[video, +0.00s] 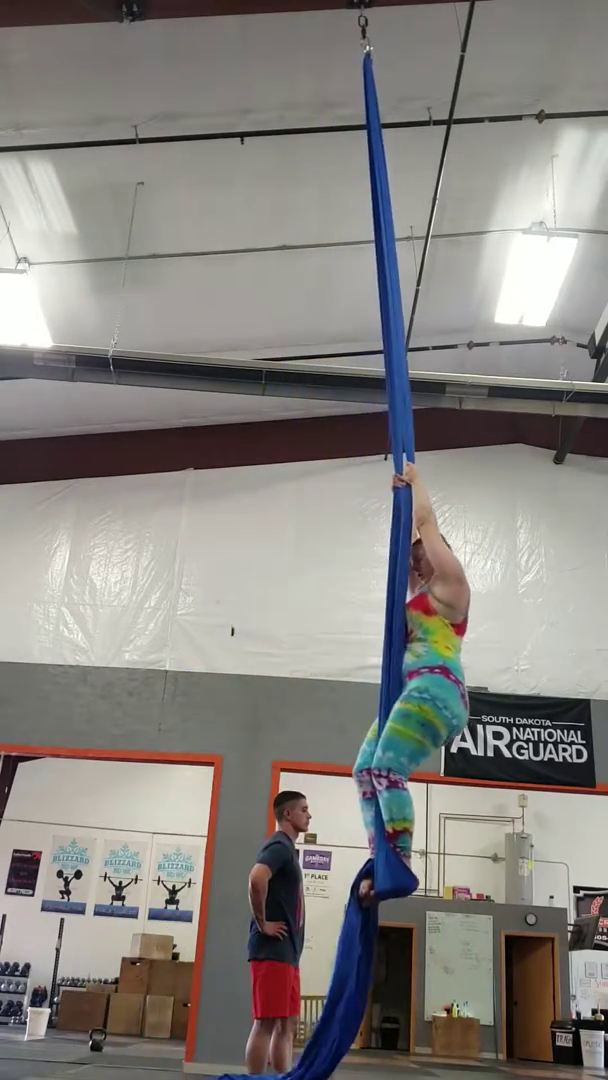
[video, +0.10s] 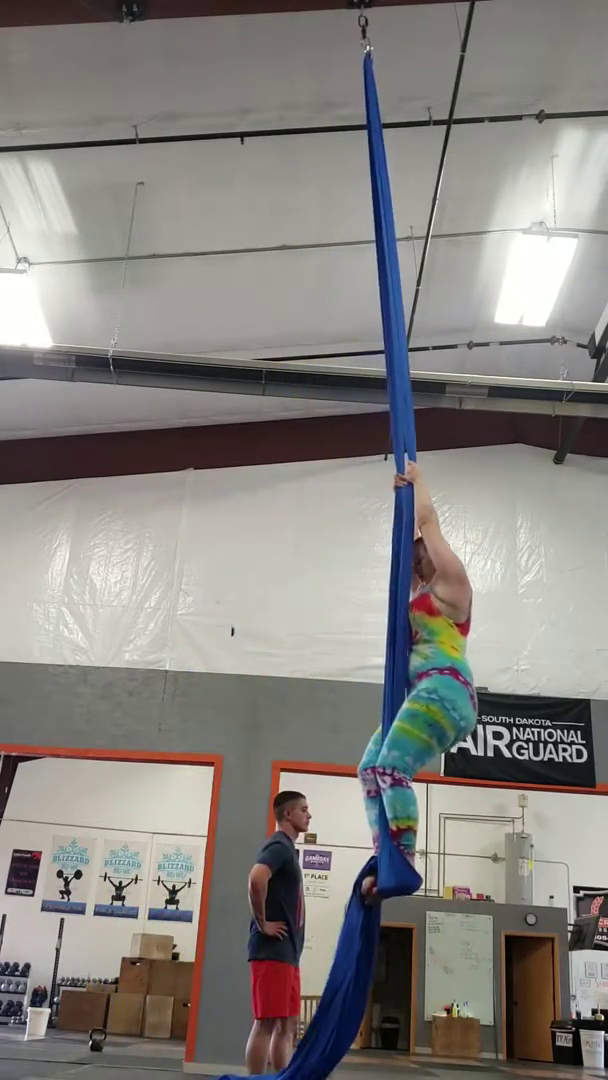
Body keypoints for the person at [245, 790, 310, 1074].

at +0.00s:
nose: (309, 815)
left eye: (308, 810)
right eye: (304, 810)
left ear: (289, 815)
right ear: (287, 814)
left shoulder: (288, 848)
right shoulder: (280, 846)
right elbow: (257, 877)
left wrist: (289, 925)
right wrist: (262, 922)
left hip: (286, 951)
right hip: (271, 949)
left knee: (287, 1025)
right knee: (266, 1024)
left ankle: (284, 1078)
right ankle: (255, 1079)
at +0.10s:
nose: (309, 815)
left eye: (308, 810)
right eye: (304, 810)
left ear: (289, 815)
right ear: (287, 814)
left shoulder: (288, 848)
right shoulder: (280, 846)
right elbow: (257, 877)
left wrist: (289, 926)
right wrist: (262, 923)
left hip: (286, 951)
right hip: (271, 949)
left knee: (288, 1025)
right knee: (266, 1024)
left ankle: (283, 1078)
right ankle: (255, 1079)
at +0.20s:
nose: (308, 812)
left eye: (306, 807)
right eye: (303, 807)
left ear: (289, 814)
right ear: (287, 813)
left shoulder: (288, 848)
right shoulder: (280, 846)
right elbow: (257, 877)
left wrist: (290, 926)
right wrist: (262, 922)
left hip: (286, 951)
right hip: (271, 949)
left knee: (288, 1024)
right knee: (266, 1024)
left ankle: (280, 1078)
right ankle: (255, 1079)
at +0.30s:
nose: (307, 811)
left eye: (305, 806)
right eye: (301, 807)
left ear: (288, 814)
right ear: (286, 813)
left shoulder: (289, 848)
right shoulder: (280, 846)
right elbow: (257, 877)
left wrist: (292, 927)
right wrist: (262, 923)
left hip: (286, 950)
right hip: (271, 949)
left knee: (287, 1023)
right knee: (266, 1023)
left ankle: (279, 1078)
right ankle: (255, 1079)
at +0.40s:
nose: (307, 812)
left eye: (305, 807)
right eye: (302, 808)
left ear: (288, 814)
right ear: (286, 813)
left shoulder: (289, 848)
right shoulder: (280, 846)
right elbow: (258, 877)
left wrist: (290, 925)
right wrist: (262, 923)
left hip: (286, 950)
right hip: (271, 949)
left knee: (288, 1025)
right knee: (265, 1025)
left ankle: (281, 1077)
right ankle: (256, 1078)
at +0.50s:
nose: (309, 816)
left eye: (308, 811)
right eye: (305, 811)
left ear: (289, 814)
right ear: (288, 813)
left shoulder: (288, 848)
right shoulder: (279, 845)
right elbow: (258, 877)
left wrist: (291, 925)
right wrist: (263, 923)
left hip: (286, 950)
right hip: (271, 948)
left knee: (287, 1025)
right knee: (265, 1024)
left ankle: (283, 1077)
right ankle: (256, 1077)